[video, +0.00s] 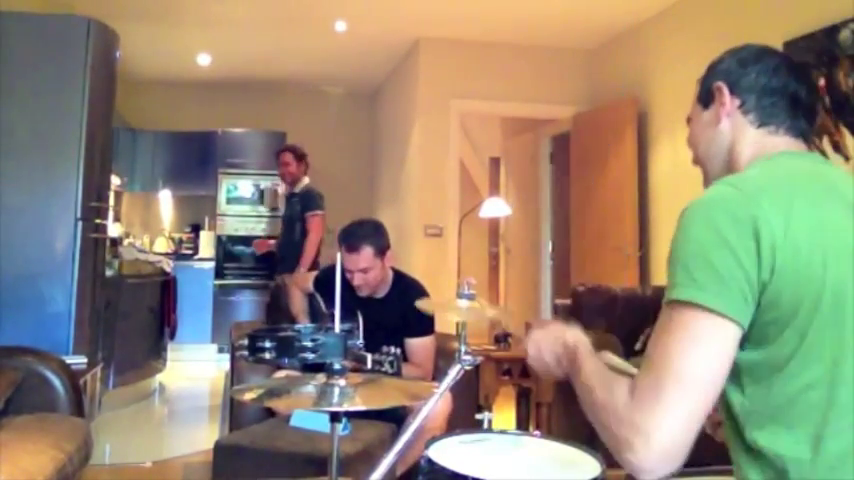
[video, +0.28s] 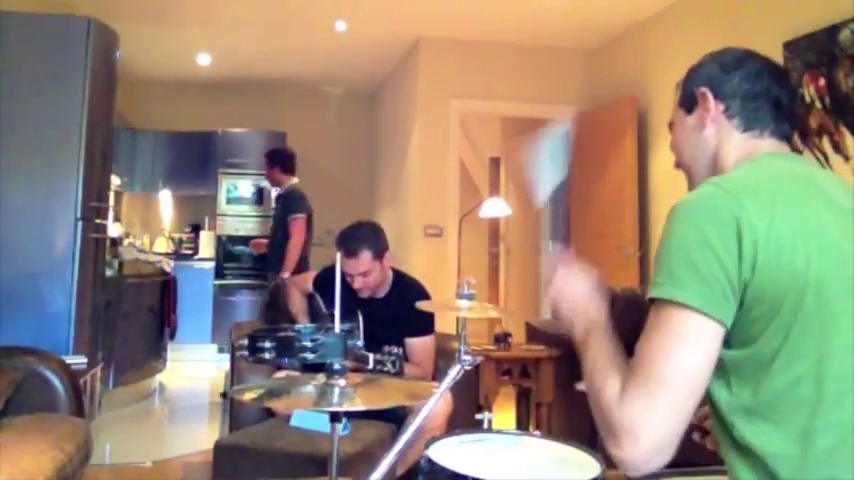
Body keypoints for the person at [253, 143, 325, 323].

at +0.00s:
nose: (283, 170)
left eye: (288, 164)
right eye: (281, 165)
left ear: (302, 166)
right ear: (278, 168)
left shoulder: (310, 196)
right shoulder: (290, 196)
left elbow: (315, 233)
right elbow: (291, 237)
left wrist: (302, 270)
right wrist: (272, 244)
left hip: (296, 273)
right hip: (282, 271)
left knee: (298, 324)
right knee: (280, 322)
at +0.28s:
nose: (266, 174)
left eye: (268, 168)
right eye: (266, 168)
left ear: (277, 169)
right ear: (284, 169)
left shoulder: (293, 197)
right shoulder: (284, 197)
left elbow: (297, 236)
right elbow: (287, 236)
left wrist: (286, 272)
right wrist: (268, 244)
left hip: (290, 278)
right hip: (279, 275)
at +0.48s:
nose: (256, 173)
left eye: (256, 167)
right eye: (256, 167)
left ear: (262, 168)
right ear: (280, 167)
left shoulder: (275, 195)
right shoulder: (290, 196)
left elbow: (275, 237)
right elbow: (289, 238)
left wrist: (263, 276)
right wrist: (260, 244)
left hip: (275, 277)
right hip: (288, 275)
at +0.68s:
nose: (241, 173)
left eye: (241, 168)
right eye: (241, 168)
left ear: (247, 168)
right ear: (266, 166)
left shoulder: (258, 192)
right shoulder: (280, 193)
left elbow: (256, 231)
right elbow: (288, 229)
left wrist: (239, 271)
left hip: (262, 271)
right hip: (281, 267)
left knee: (254, 327)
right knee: (275, 325)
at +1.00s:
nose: (225, 173)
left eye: (226, 169)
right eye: (226, 169)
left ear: (230, 170)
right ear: (251, 168)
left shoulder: (235, 194)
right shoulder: (270, 197)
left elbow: (227, 235)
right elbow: (279, 237)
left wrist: (212, 265)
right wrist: (258, 247)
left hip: (243, 272)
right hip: (267, 270)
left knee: (241, 334)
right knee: (258, 332)